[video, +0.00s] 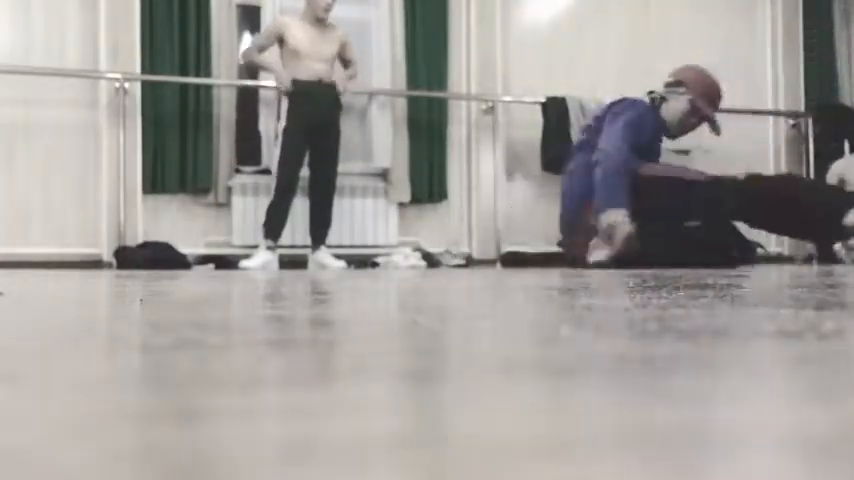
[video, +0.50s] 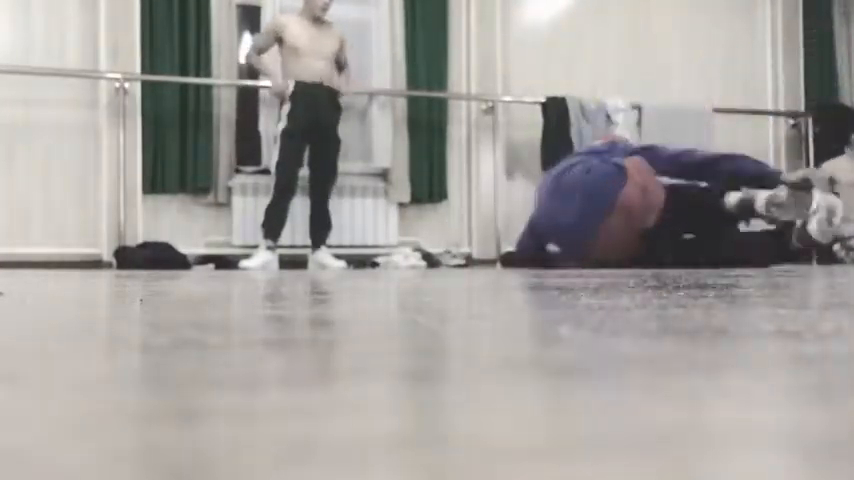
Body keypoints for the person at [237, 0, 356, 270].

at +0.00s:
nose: (329, 4)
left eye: (332, 1)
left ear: (332, 6)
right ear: (310, 1)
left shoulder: (336, 34)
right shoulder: (285, 25)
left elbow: (352, 66)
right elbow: (248, 54)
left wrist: (343, 79)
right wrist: (276, 69)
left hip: (327, 97)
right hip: (299, 96)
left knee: (324, 178)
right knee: (287, 177)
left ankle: (319, 251)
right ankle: (268, 250)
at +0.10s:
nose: (329, 4)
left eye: (332, 1)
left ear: (332, 5)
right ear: (310, 1)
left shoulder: (338, 33)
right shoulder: (285, 24)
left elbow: (348, 61)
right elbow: (250, 48)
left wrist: (342, 81)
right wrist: (269, 69)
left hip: (327, 98)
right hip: (298, 96)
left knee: (324, 179)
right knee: (287, 177)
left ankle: (319, 251)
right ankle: (268, 250)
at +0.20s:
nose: (329, 4)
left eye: (332, 1)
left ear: (331, 5)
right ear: (310, 1)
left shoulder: (337, 33)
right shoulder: (285, 23)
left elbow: (342, 64)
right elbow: (254, 47)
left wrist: (336, 84)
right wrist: (271, 80)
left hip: (327, 97)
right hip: (298, 95)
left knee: (324, 178)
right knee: (287, 176)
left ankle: (319, 250)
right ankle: (268, 250)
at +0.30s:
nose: (329, 4)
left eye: (332, 1)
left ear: (331, 5)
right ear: (310, 1)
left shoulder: (337, 34)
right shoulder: (285, 24)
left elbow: (342, 66)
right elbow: (254, 50)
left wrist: (334, 84)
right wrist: (271, 79)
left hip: (326, 98)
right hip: (298, 96)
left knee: (323, 179)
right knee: (286, 176)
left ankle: (319, 251)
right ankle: (268, 250)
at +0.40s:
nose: (328, 4)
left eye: (330, 1)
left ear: (330, 5)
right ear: (309, 1)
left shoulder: (337, 34)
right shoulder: (285, 24)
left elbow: (344, 68)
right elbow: (253, 52)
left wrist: (339, 86)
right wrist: (273, 79)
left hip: (327, 99)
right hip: (297, 97)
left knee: (321, 181)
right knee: (286, 177)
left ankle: (319, 251)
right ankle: (268, 250)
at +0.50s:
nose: (327, 4)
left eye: (329, 1)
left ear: (329, 6)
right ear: (308, 1)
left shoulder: (335, 34)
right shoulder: (284, 24)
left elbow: (343, 68)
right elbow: (253, 53)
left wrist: (341, 86)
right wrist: (275, 80)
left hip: (327, 99)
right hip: (297, 97)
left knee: (322, 180)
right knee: (286, 177)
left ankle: (319, 251)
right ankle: (268, 250)